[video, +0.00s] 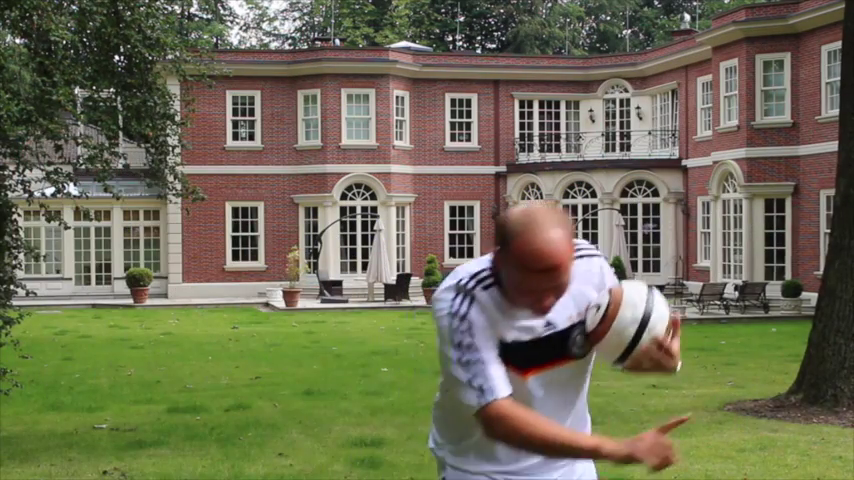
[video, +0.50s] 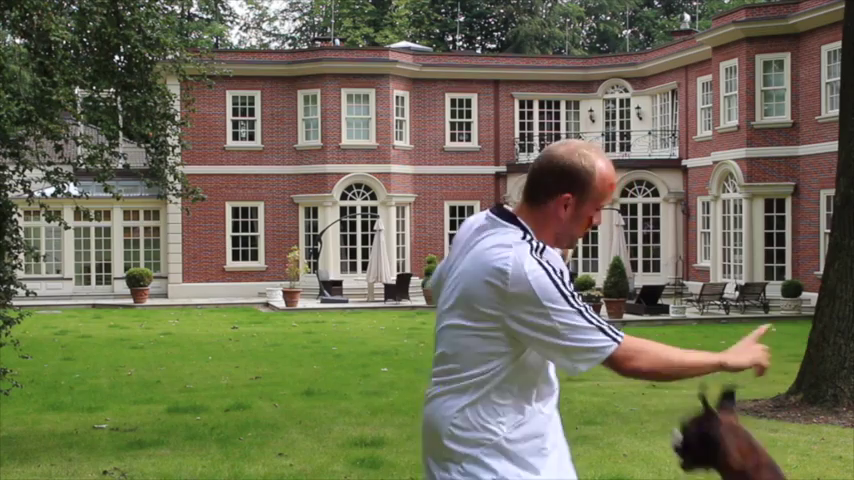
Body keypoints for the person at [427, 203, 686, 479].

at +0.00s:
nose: (546, 302)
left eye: (556, 288)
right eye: (532, 291)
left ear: (571, 259)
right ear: (500, 263)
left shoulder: (590, 268)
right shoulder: (462, 301)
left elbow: (626, 330)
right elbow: (497, 418)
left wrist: (663, 359)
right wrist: (614, 448)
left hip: (568, 463)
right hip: (480, 466)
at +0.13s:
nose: (596, 268)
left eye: (605, 256)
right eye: (584, 258)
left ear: (614, 236)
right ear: (543, 234)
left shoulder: (596, 269)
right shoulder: (492, 279)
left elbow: (594, 325)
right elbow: (538, 386)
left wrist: (651, 318)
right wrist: (661, 412)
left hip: (555, 452)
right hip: (479, 461)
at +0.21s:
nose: (607, 252)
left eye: (617, 240)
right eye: (596, 240)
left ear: (625, 221)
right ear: (556, 216)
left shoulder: (582, 256)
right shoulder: (505, 268)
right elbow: (575, 369)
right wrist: (700, 396)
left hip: (553, 453)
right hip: (481, 460)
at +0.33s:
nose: (614, 233)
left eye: (620, 220)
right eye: (607, 222)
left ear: (565, 202)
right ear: (565, 207)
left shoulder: (545, 238)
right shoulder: (518, 264)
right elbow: (619, 354)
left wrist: (588, 262)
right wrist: (745, 366)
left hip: (543, 457)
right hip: (480, 461)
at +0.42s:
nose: (605, 225)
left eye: (609, 214)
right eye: (601, 214)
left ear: (562, 201)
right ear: (565, 207)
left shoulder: (528, 235)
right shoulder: (516, 267)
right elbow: (625, 352)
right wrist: (745, 354)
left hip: (543, 438)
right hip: (488, 450)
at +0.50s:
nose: (598, 221)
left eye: (602, 209)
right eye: (597, 208)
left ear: (550, 197)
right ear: (564, 204)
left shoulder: (479, 226)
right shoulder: (522, 266)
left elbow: (434, 289)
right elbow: (625, 356)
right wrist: (724, 358)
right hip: (492, 445)